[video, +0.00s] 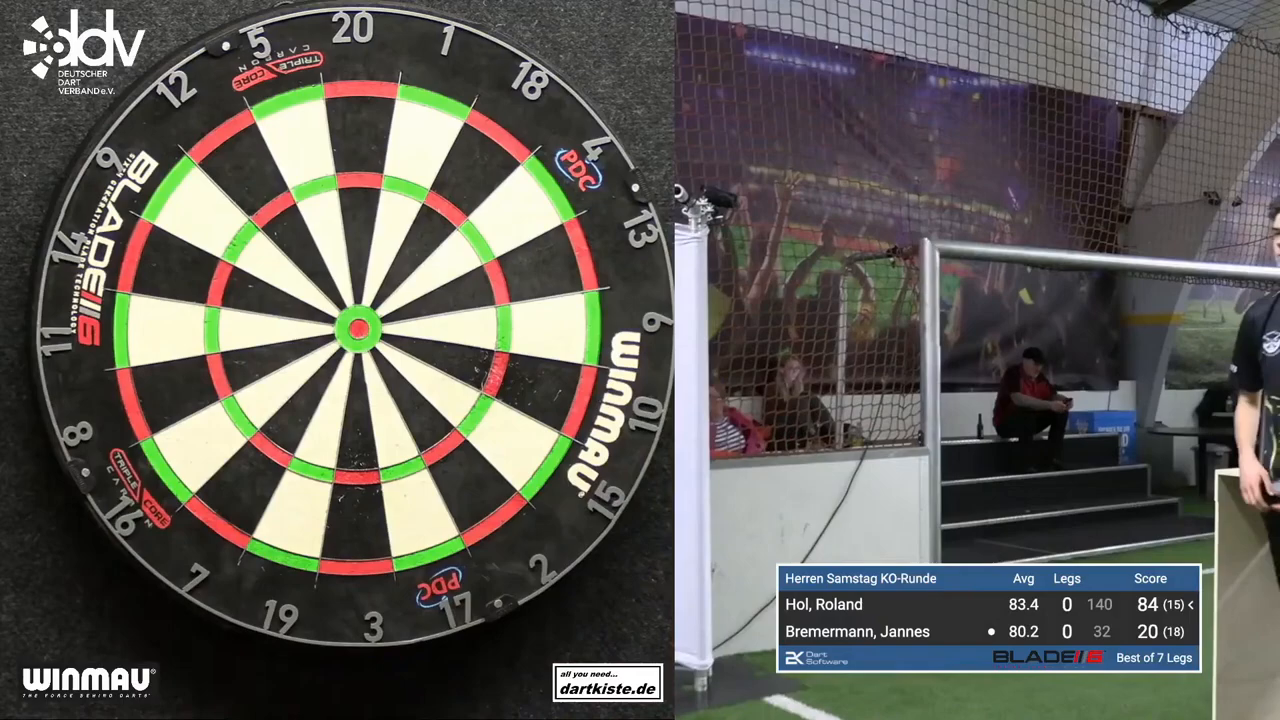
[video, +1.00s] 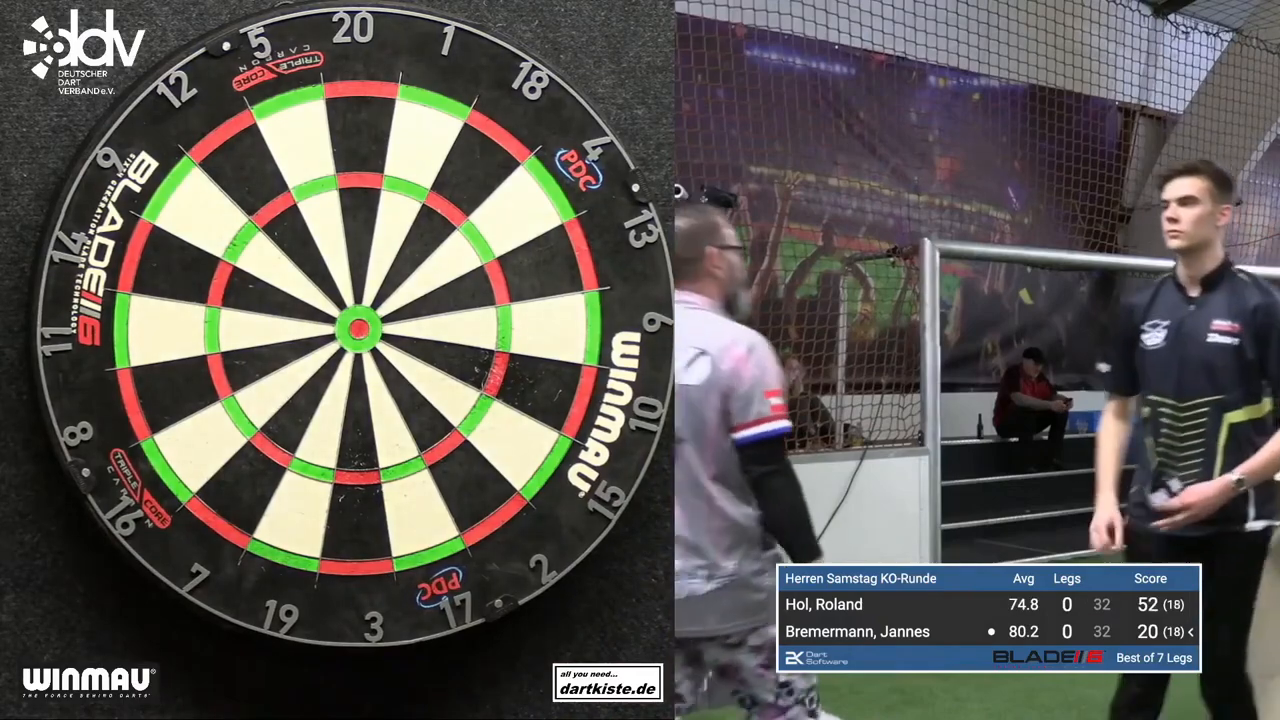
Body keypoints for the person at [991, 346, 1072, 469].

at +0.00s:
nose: (1038, 368)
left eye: (1040, 365)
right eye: (1035, 364)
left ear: (1042, 366)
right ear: (1025, 362)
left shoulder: (1040, 379)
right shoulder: (1012, 374)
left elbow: (1051, 395)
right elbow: (1017, 399)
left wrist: (1064, 401)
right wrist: (1050, 405)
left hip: (1029, 421)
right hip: (1006, 423)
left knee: (1060, 413)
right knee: (1027, 418)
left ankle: (1053, 457)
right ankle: (1026, 463)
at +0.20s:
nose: (1038, 369)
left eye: (1040, 365)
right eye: (1035, 364)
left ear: (1042, 366)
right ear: (1025, 362)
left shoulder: (1040, 379)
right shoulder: (1012, 374)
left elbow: (1051, 395)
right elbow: (1017, 399)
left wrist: (1063, 401)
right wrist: (1050, 405)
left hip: (1029, 421)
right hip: (1006, 423)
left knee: (1060, 413)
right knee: (1027, 418)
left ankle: (1053, 457)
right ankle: (1026, 463)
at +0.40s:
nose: (1038, 368)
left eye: (1040, 365)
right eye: (1035, 364)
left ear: (1042, 366)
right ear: (1025, 362)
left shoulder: (1040, 379)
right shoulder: (1012, 374)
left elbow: (1052, 395)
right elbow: (1017, 399)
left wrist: (1063, 401)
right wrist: (1050, 405)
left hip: (1029, 421)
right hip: (1006, 423)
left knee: (1060, 413)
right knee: (1027, 418)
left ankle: (1053, 457)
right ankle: (1026, 463)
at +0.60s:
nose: (1038, 368)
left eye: (1040, 365)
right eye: (1035, 364)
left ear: (1042, 366)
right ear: (1025, 362)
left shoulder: (1040, 379)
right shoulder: (1012, 374)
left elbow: (1051, 395)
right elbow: (1017, 399)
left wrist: (1064, 401)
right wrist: (1050, 405)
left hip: (1029, 421)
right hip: (1006, 423)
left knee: (1060, 413)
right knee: (1027, 418)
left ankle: (1053, 457)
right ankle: (1026, 463)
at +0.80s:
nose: (1038, 368)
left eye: (1040, 365)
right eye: (1035, 364)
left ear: (1042, 366)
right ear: (1025, 362)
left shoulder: (1040, 379)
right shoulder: (1012, 374)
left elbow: (1051, 396)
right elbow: (1017, 399)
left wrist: (1063, 401)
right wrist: (1050, 405)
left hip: (1029, 421)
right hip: (1006, 423)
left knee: (1060, 413)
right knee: (1027, 418)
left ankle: (1053, 457)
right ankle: (1026, 463)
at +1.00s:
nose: (1038, 368)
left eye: (1040, 365)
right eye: (1035, 364)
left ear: (1042, 366)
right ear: (1025, 362)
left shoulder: (1040, 378)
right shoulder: (1012, 374)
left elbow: (1051, 395)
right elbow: (1017, 399)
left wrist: (1064, 401)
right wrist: (1050, 405)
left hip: (1030, 421)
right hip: (1006, 423)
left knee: (1060, 413)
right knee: (1027, 416)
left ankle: (1053, 456)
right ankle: (1026, 462)